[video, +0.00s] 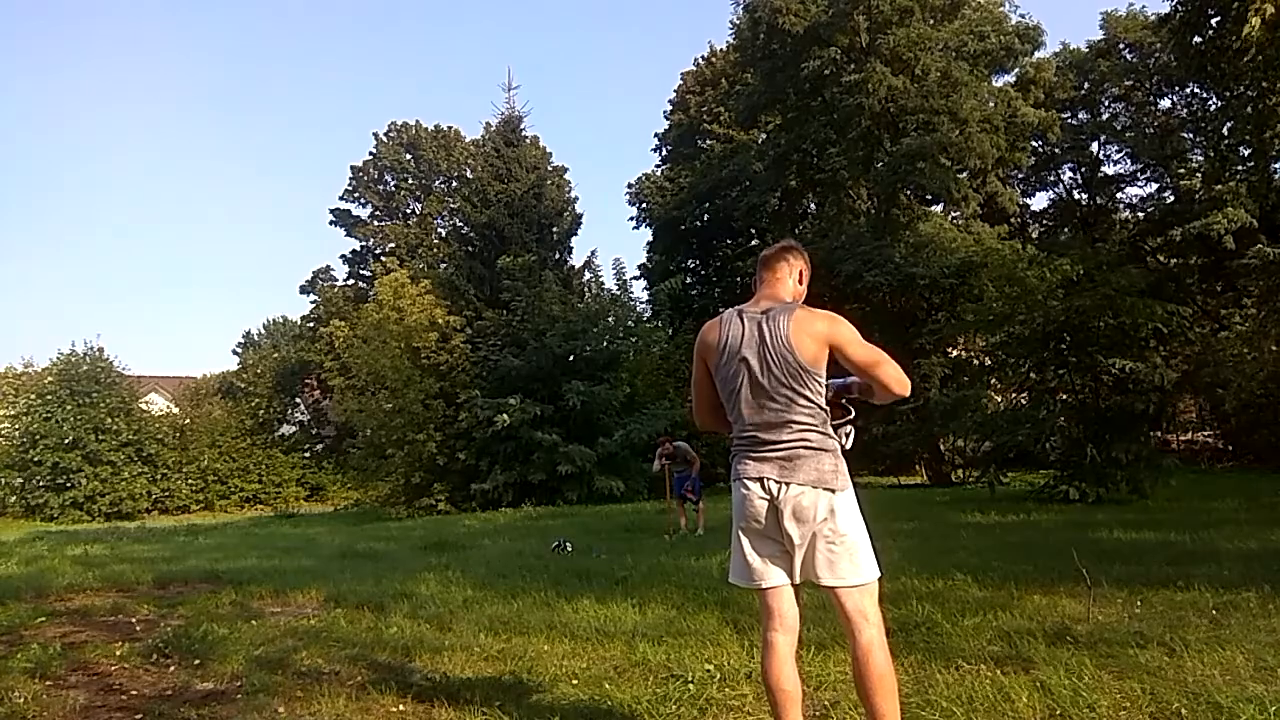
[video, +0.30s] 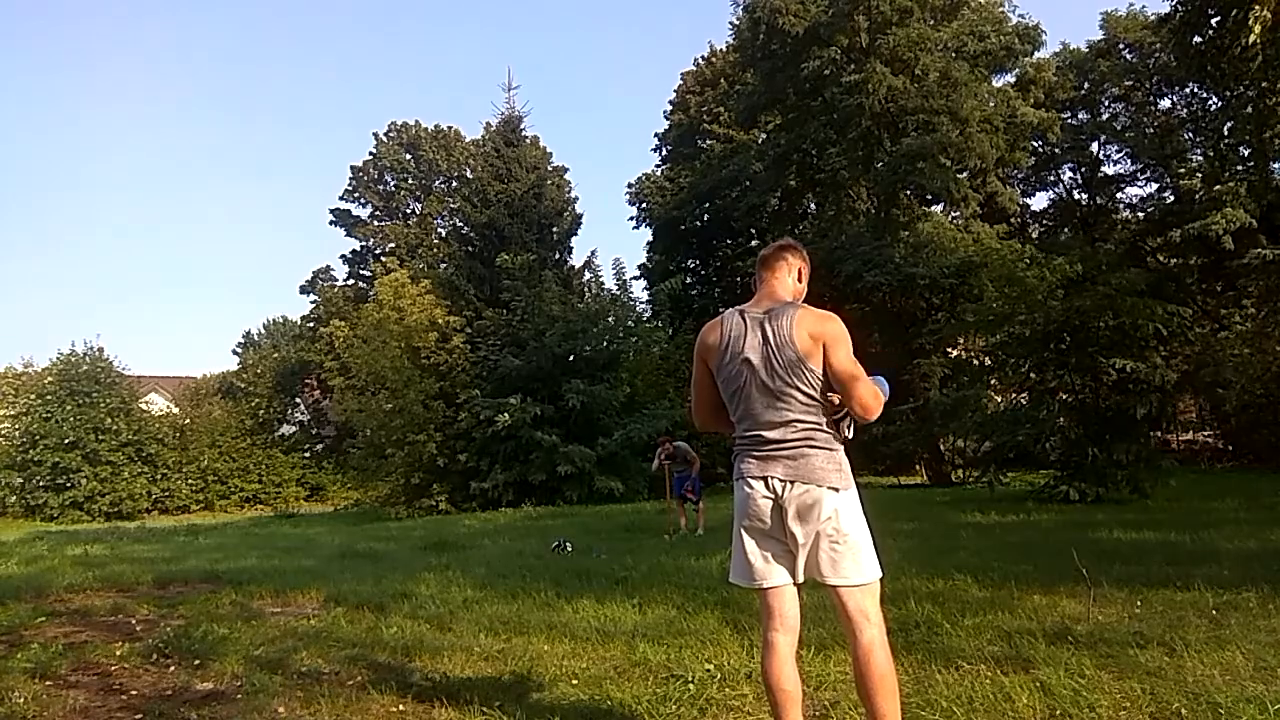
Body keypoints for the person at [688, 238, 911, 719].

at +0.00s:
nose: (806, 289)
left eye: (804, 282)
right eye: (806, 281)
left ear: (756, 279)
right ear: (799, 278)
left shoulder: (711, 333)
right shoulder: (820, 323)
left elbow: (706, 418)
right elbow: (897, 386)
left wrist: (764, 411)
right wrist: (853, 386)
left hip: (751, 491)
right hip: (820, 488)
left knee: (778, 626)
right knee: (865, 623)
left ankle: (789, 718)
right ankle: (887, 716)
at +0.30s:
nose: (807, 287)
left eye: (805, 281)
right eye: (807, 280)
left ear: (757, 279)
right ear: (799, 277)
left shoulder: (713, 333)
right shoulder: (821, 323)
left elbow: (706, 418)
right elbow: (867, 407)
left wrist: (762, 415)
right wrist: (875, 385)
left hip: (753, 488)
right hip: (823, 484)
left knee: (777, 629)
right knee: (865, 624)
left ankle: (789, 718)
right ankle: (887, 716)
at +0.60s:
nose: (813, 289)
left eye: (812, 283)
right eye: (814, 281)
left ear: (762, 278)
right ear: (804, 275)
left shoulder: (714, 336)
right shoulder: (822, 322)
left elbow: (708, 424)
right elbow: (854, 409)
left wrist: (760, 420)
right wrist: (862, 392)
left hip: (754, 489)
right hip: (823, 486)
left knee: (778, 630)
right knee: (866, 626)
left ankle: (790, 719)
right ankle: (887, 716)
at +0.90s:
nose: (814, 289)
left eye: (813, 284)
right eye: (815, 282)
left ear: (764, 275)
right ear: (806, 277)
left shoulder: (714, 336)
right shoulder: (819, 320)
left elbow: (711, 423)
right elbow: (852, 408)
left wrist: (761, 413)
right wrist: (852, 377)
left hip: (755, 490)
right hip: (824, 487)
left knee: (778, 630)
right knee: (867, 625)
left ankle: (789, 719)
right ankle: (887, 716)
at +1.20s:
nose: (815, 289)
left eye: (814, 283)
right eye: (816, 282)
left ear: (765, 274)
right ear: (808, 277)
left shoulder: (715, 333)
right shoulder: (819, 320)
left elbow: (718, 418)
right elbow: (857, 406)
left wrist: (765, 387)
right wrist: (858, 364)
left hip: (755, 488)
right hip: (823, 484)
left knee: (778, 630)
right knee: (867, 626)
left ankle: (790, 719)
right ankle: (887, 716)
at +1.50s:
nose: (820, 296)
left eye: (822, 290)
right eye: (823, 290)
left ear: (771, 277)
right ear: (815, 285)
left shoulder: (716, 325)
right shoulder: (816, 313)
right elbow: (880, 363)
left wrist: (758, 298)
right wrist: (852, 303)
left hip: (753, 487)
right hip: (822, 483)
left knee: (778, 624)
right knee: (865, 621)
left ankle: (789, 718)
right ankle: (887, 716)